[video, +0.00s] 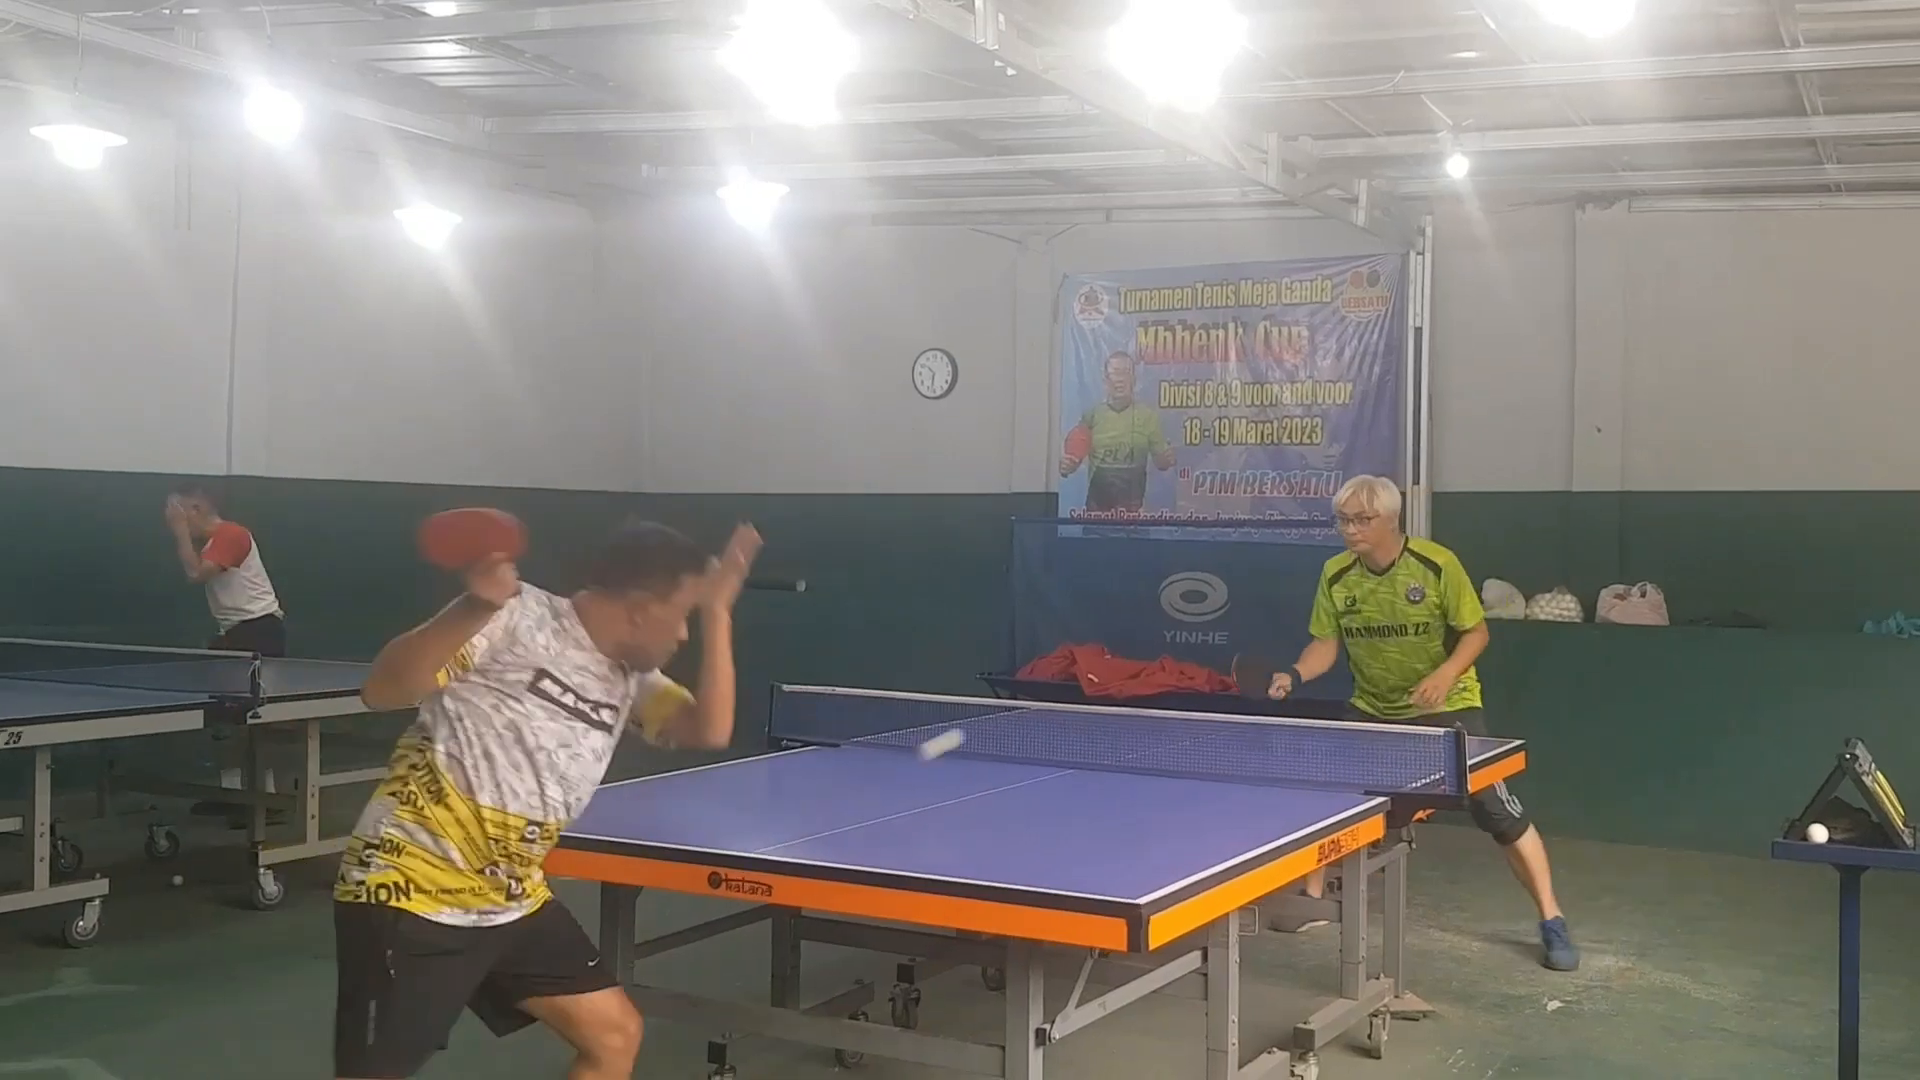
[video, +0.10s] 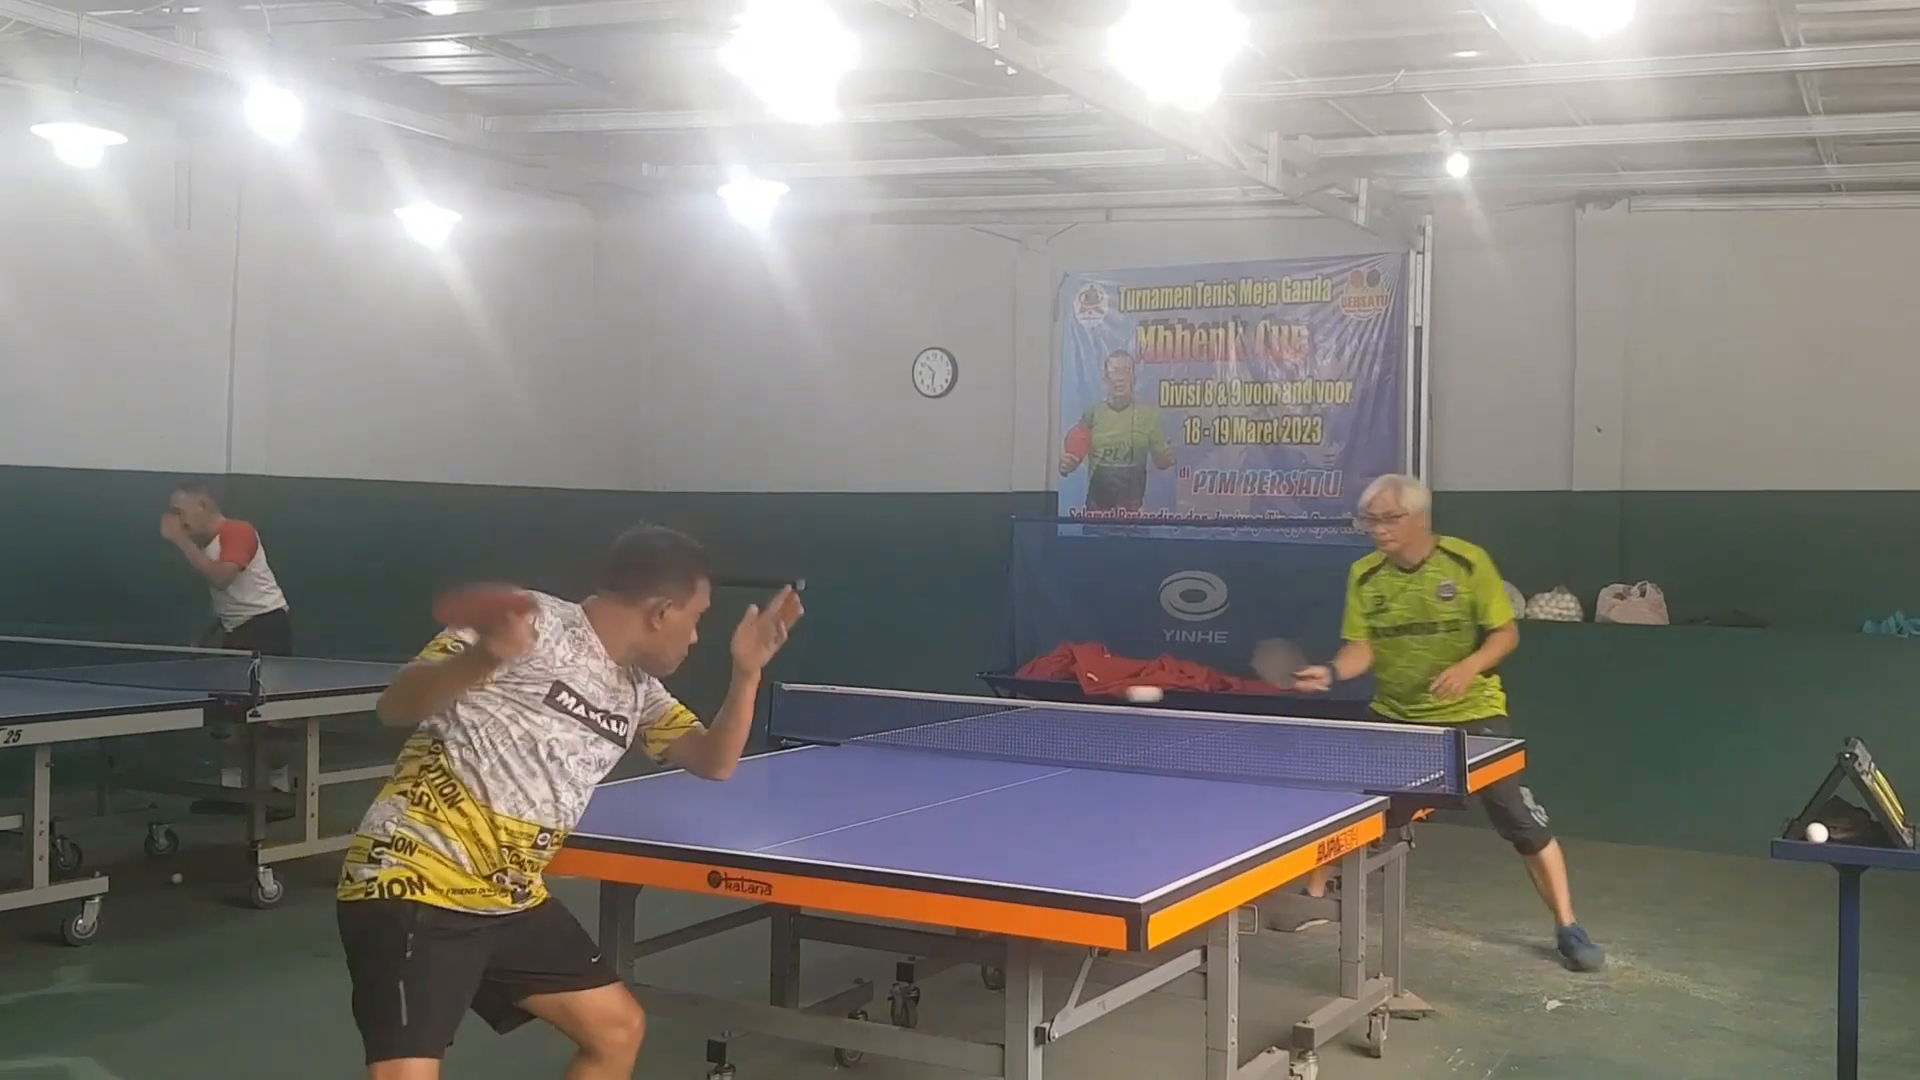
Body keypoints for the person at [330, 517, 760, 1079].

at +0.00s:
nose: (686, 635)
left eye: (692, 619)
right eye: (683, 615)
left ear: (639, 610)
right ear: (638, 605)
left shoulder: (628, 681)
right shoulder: (513, 611)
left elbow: (711, 729)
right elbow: (380, 689)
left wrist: (718, 612)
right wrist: (473, 607)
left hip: (509, 895)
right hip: (407, 889)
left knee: (615, 1037)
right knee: (372, 1069)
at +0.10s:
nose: (695, 637)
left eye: (699, 622)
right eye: (695, 620)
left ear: (652, 616)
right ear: (658, 615)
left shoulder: (639, 691)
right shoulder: (523, 618)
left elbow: (714, 761)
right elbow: (395, 706)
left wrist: (747, 674)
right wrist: (484, 657)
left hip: (507, 890)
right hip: (410, 877)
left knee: (618, 1027)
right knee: (405, 1070)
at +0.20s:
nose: (671, 616)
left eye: (674, 600)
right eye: (670, 597)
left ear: (626, 590)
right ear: (630, 589)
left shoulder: (608, 672)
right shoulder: (495, 613)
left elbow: (678, 757)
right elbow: (407, 717)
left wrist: (726, 702)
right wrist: (531, 696)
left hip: (490, 887)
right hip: (397, 878)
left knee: (600, 1025)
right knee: (404, 1070)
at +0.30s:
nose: (625, 583)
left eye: (627, 565)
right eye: (624, 564)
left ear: (580, 563)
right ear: (586, 563)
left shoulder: (543, 648)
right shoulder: (468, 606)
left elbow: (601, 749)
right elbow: (411, 727)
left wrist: (669, 719)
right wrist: (562, 715)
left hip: (450, 891)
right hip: (368, 896)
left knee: (551, 1024)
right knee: (370, 1067)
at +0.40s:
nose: (598, 564)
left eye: (600, 548)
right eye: (595, 547)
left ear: (547, 545)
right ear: (557, 546)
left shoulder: (507, 626)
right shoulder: (442, 601)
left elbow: (538, 736)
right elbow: (409, 732)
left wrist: (623, 722)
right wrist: (562, 725)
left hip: (416, 885)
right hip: (338, 890)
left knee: (510, 1016)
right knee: (349, 1068)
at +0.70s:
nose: (573, 540)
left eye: (572, 523)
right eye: (567, 522)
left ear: (520, 531)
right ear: (518, 528)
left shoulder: (522, 605)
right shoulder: (395, 606)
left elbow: (541, 711)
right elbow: (398, 770)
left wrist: (583, 772)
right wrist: (557, 769)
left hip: (431, 865)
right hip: (330, 865)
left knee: (479, 1022)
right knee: (325, 1067)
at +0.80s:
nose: (553, 562)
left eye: (553, 543)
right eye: (545, 543)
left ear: (494, 552)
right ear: (489, 550)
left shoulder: (526, 616)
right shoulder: (352, 633)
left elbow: (586, 715)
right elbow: (320, 798)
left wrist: (605, 745)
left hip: (442, 878)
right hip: (331, 879)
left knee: (503, 1035)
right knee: (330, 1069)